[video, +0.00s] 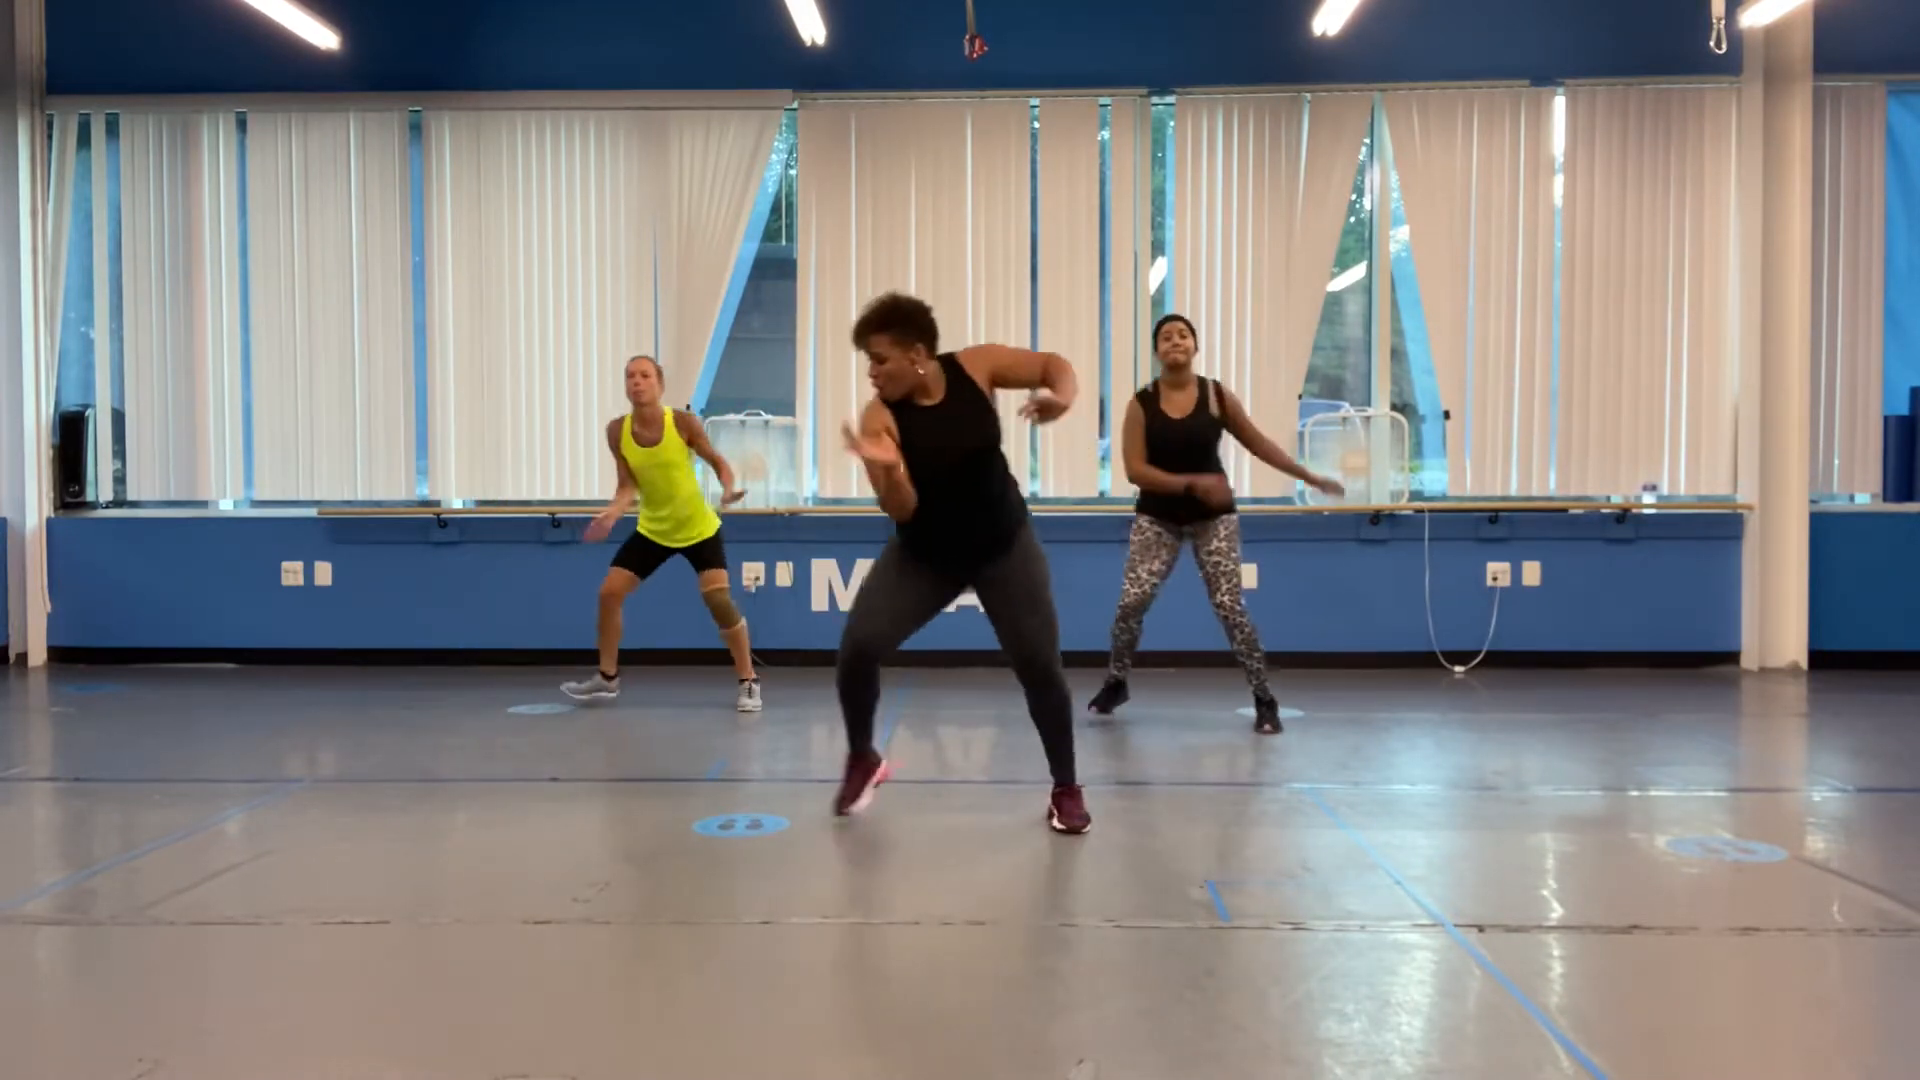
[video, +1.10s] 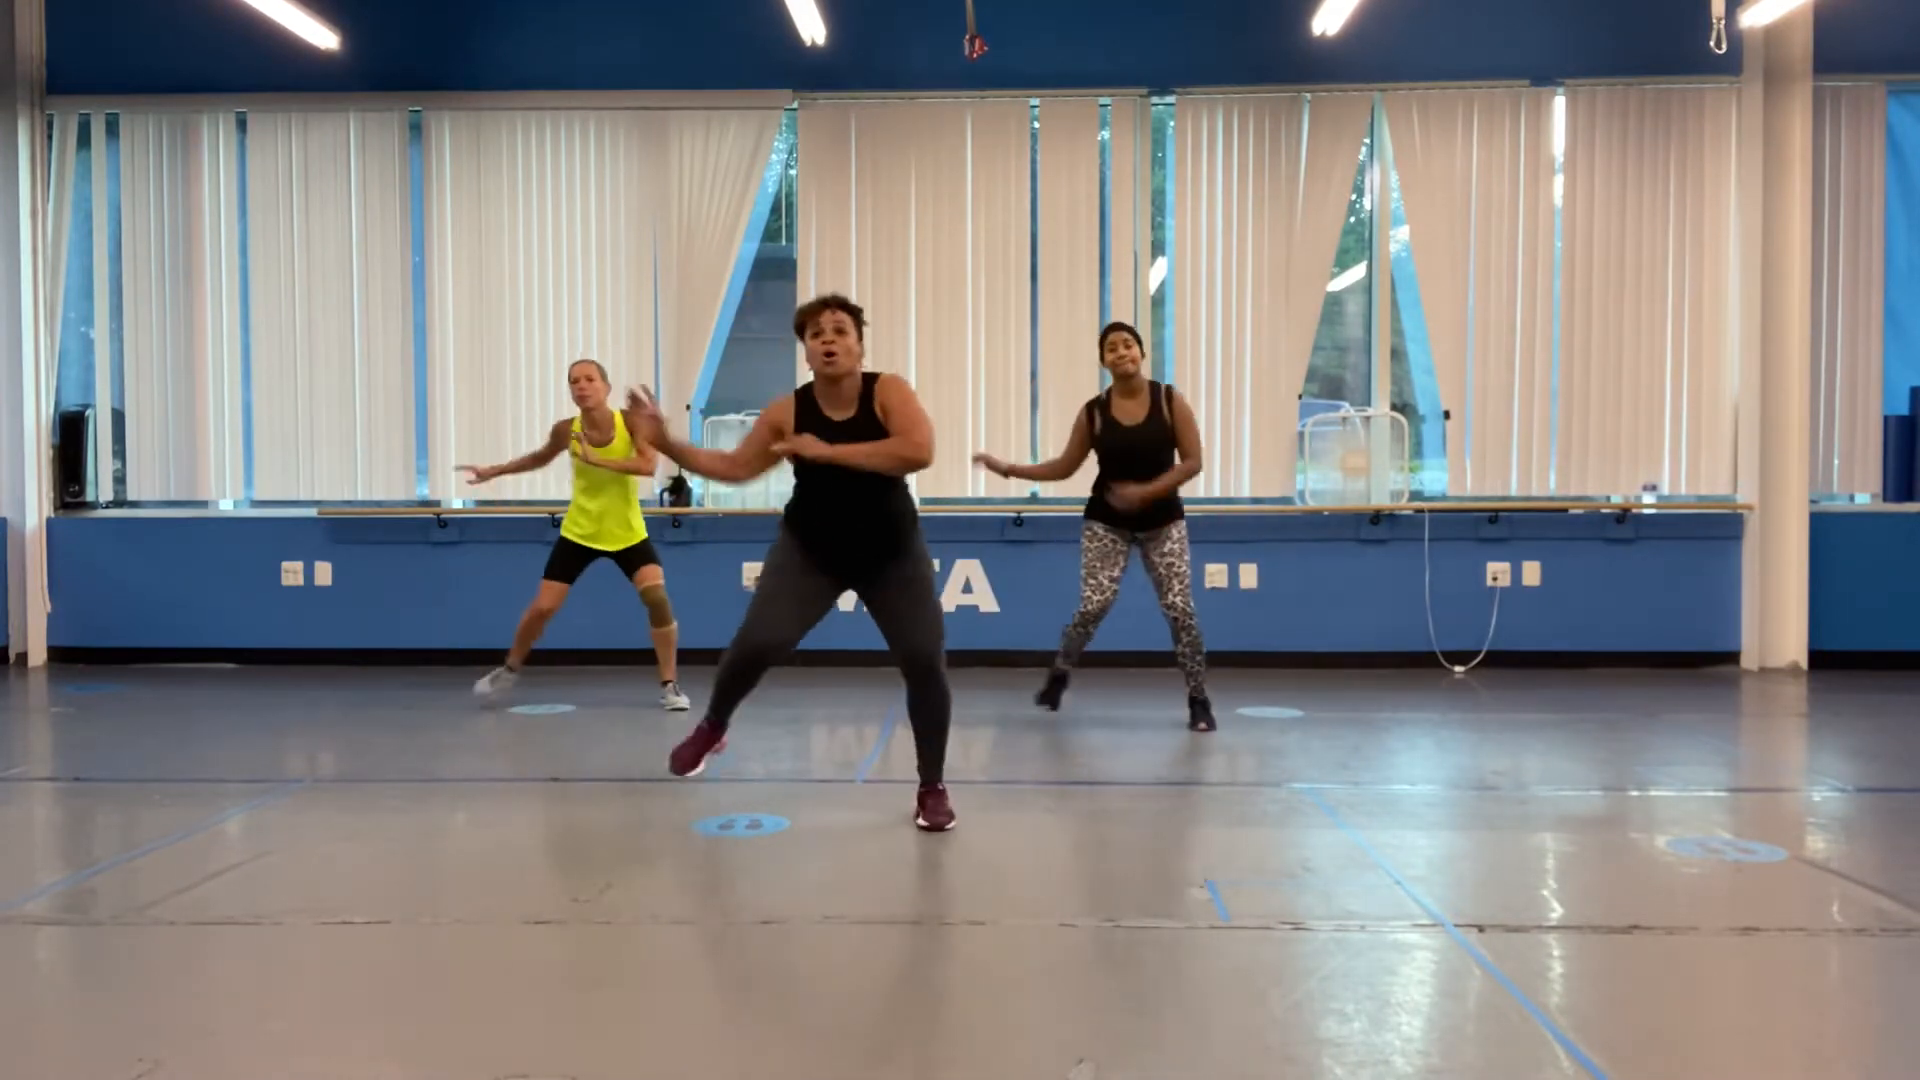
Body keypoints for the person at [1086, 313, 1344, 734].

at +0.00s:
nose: (1175, 342)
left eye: (1182, 336)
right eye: (1166, 338)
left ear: (1195, 346)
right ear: (1156, 351)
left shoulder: (1216, 395)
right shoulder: (1141, 404)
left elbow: (1258, 444)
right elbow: (1134, 471)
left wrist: (1310, 477)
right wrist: (1191, 483)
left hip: (1213, 518)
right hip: (1156, 519)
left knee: (1228, 607)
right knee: (1132, 601)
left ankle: (1264, 700)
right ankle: (1115, 681)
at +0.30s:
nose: (1131, 345)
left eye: (1139, 338)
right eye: (1123, 340)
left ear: (1151, 349)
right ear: (1112, 352)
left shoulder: (1172, 395)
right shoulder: (1098, 404)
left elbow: (1215, 433)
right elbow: (1086, 462)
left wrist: (1269, 453)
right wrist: (1142, 445)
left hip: (1170, 521)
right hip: (1115, 522)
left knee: (1177, 610)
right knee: (1099, 609)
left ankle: (1200, 698)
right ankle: (1102, 690)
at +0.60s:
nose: (1086, 353)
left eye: (1094, 348)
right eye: (1078, 348)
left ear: (1105, 360)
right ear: (1066, 360)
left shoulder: (1123, 405)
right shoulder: (1048, 410)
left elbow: (1172, 437)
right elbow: (1033, 469)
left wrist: (1229, 457)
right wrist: (1080, 442)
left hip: (1130, 522)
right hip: (1074, 526)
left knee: (1153, 604)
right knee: (1057, 606)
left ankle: (1196, 679)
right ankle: (1040, 696)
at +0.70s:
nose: (1078, 360)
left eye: (1086, 354)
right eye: (1070, 355)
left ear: (1098, 365)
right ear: (1059, 366)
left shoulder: (1117, 414)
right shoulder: (1041, 420)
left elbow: (1155, 465)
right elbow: (1015, 480)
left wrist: (1197, 508)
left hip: (1123, 530)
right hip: (1067, 533)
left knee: (1146, 612)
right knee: (1049, 611)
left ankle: (1170, 684)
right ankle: (1040, 697)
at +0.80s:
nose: (1081, 357)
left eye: (1089, 350)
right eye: (1073, 352)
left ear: (1101, 360)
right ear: (1062, 364)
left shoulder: (1123, 411)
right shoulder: (1046, 418)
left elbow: (1142, 473)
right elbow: (1014, 470)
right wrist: (1000, 515)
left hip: (1122, 522)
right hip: (1068, 525)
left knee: (1146, 608)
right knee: (1055, 608)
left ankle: (1164, 690)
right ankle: (1040, 696)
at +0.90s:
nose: (1091, 349)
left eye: (1098, 342)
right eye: (1082, 345)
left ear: (1112, 351)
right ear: (1073, 357)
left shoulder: (1135, 399)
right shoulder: (1060, 408)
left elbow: (1143, 467)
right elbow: (1023, 453)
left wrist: (1088, 485)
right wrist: (978, 481)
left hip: (1132, 518)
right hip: (1077, 519)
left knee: (1160, 598)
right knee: (1065, 605)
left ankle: (1179, 684)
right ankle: (1039, 693)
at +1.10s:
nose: (1122, 352)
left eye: (1128, 345)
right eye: (1113, 349)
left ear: (1142, 353)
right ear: (1104, 362)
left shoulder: (1170, 402)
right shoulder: (1093, 412)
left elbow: (1193, 462)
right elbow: (1064, 467)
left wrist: (1146, 490)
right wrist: (1010, 470)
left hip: (1162, 523)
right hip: (1106, 523)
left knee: (1179, 608)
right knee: (1095, 604)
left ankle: (1198, 699)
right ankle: (1058, 677)